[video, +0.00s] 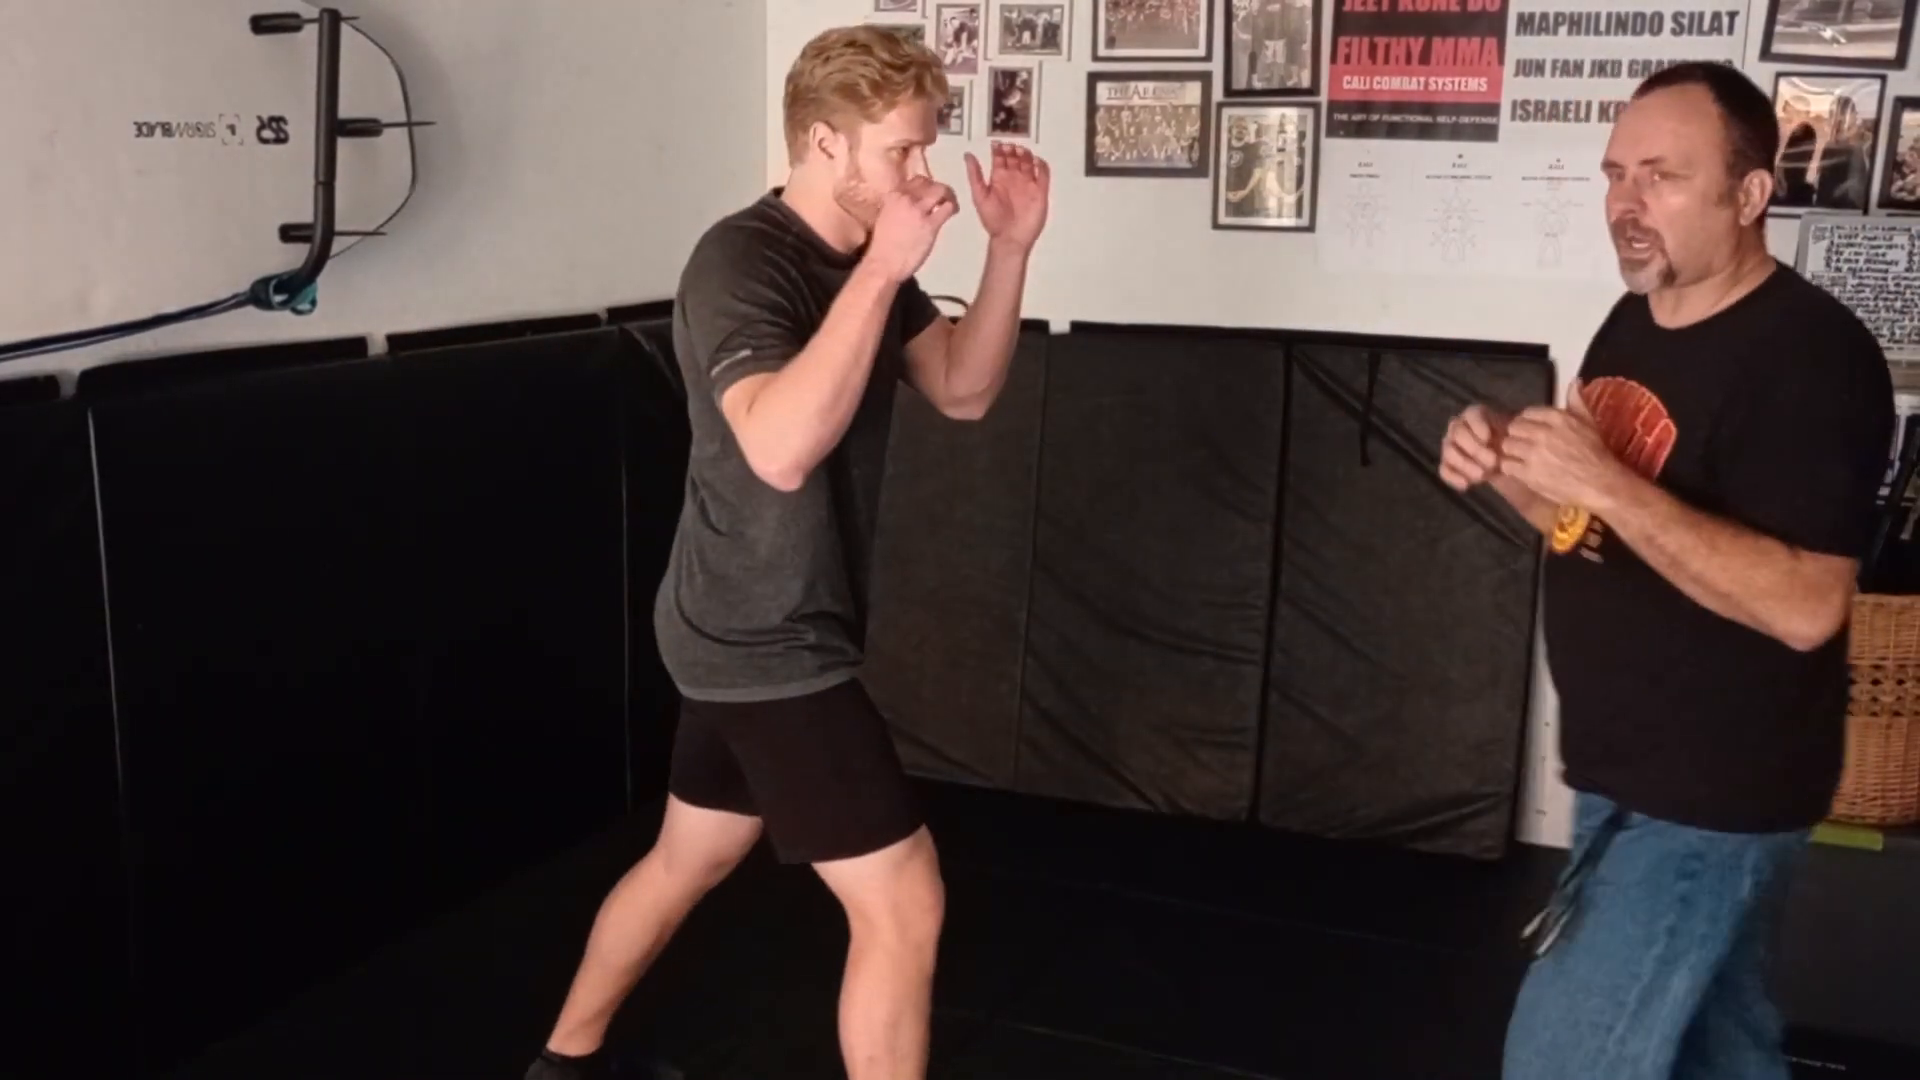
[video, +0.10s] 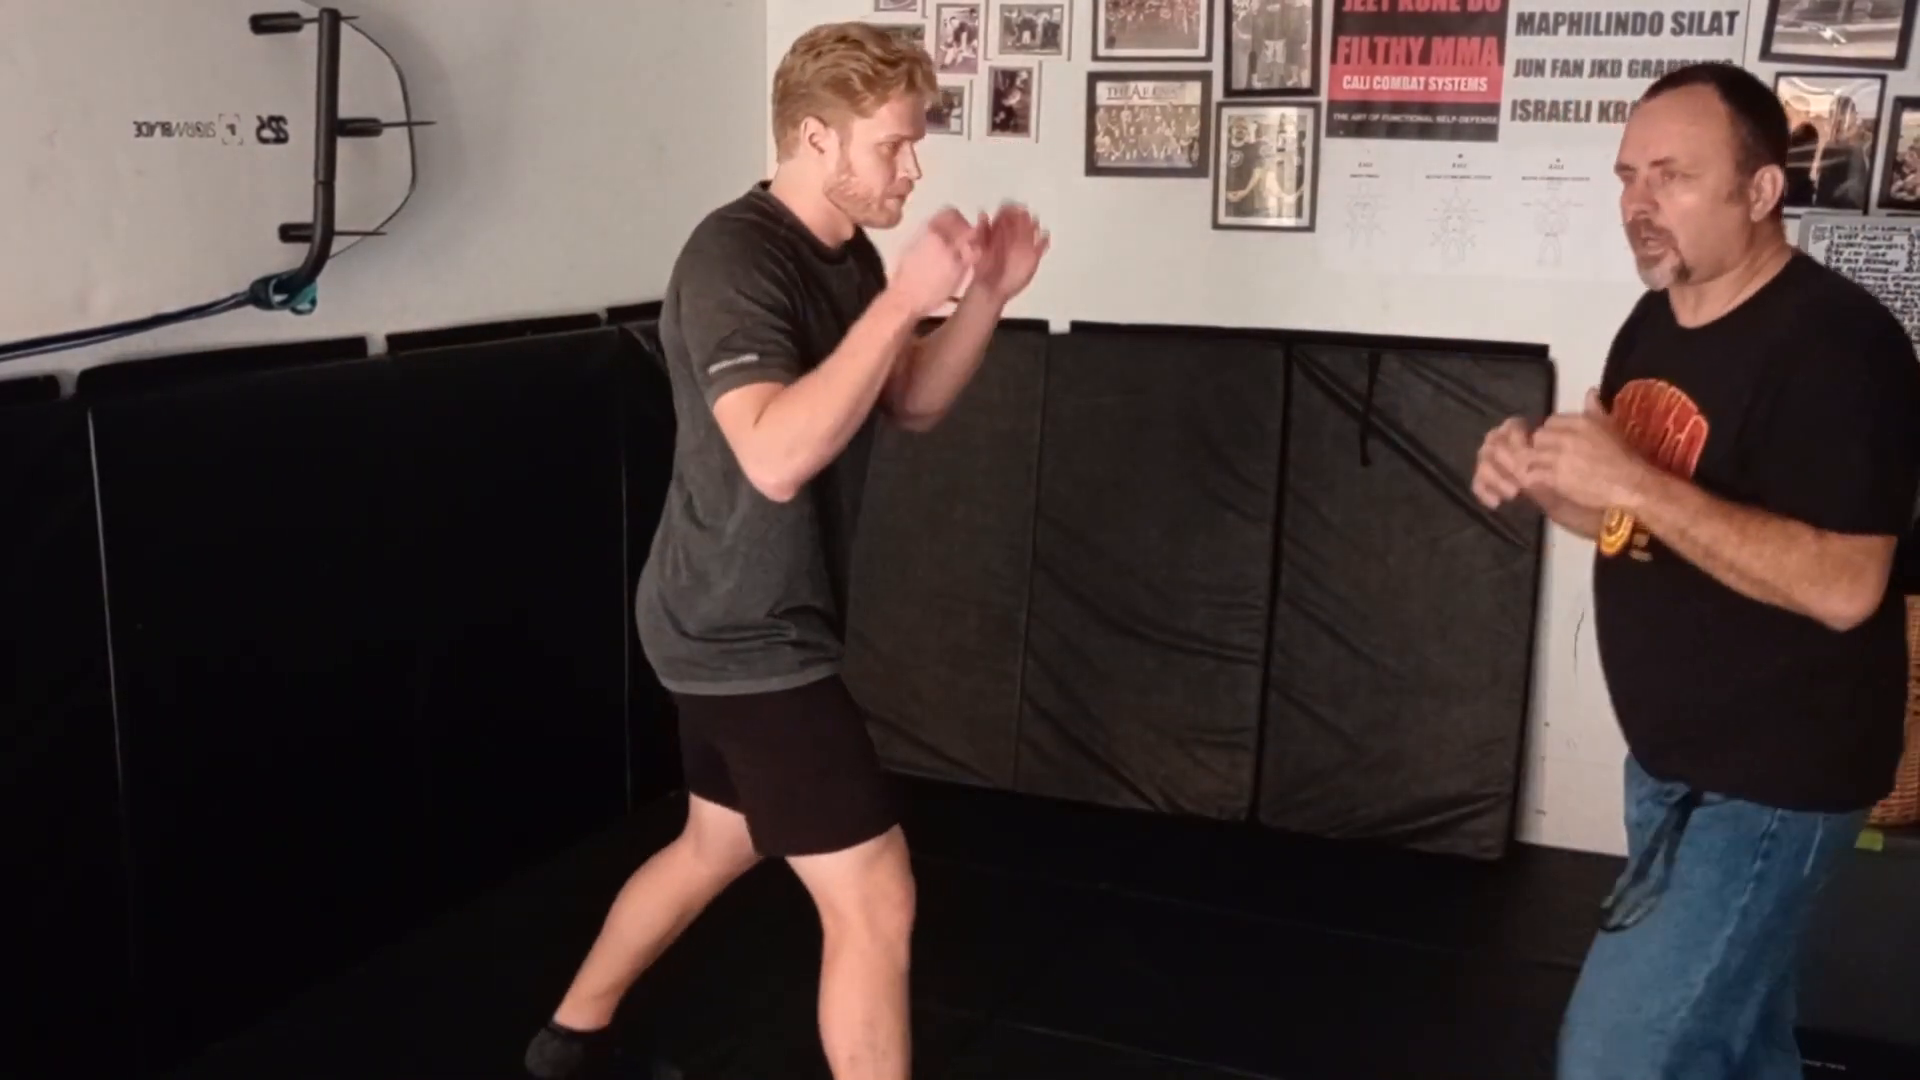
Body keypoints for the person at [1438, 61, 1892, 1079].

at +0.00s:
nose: (1623, 206)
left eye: (1660, 178)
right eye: (1616, 175)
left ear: (1751, 196)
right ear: (1605, 179)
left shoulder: (1825, 354)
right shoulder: (1631, 324)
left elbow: (1809, 605)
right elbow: (1601, 531)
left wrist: (1602, 481)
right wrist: (1508, 470)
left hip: (1717, 807)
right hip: (1614, 782)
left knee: (1561, 1057)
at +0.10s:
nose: (1636, 206)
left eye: (1671, 176)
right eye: (1629, 176)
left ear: (1763, 190)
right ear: (1619, 183)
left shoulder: (1852, 342)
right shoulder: (1655, 323)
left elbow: (1846, 586)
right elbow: (1630, 522)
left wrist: (1632, 479)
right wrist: (1540, 472)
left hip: (1783, 783)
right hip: (1664, 760)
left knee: (1614, 1050)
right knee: (1744, 1048)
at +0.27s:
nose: (1690, 190)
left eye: (1718, 162)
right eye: (1684, 161)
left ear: (1819, 170)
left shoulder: (1902, 324)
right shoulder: (1713, 301)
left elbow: (1840, 569)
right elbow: (1668, 493)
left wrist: (1676, 411)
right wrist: (1592, 417)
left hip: (1820, 803)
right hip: (1681, 771)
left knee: (1755, 1059)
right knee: (1686, 1048)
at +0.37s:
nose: (1708, 202)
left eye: (1738, 174)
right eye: (1707, 172)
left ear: (1839, 186)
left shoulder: (1907, 335)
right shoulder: (1732, 317)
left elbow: (1836, 585)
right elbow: (1678, 504)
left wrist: (1683, 415)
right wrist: (1603, 421)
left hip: (1837, 816)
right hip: (1688, 782)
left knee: (1806, 1061)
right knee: (1689, 1053)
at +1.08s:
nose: (1594, 248)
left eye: (1616, 223)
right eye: (1591, 219)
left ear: (1713, 219)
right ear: (1698, 220)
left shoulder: (1865, 346)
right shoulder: (1634, 319)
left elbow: (1852, 595)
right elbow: (1557, 484)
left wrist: (1644, 490)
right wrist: (1488, 440)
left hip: (1759, 822)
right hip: (1613, 778)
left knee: (1697, 1062)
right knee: (1580, 1049)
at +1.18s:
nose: (1590, 258)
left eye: (1611, 232)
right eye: (1587, 229)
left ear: (1711, 227)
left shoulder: (1866, 362)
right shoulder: (1628, 327)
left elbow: (1859, 611)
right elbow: (1568, 484)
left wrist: (1642, 513)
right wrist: (1448, 520)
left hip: (1733, 823)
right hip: (1569, 763)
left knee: (1628, 1058)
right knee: (1486, 1001)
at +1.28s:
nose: (1599, 282)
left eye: (1622, 257)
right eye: (1596, 251)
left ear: (1719, 256)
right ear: (1710, 258)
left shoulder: (1851, 406)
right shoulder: (1633, 342)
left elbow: (1812, 663)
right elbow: (1576, 511)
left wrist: (1614, 546)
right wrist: (1472, 582)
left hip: (1675, 842)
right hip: (1522, 751)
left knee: (1599, 1063)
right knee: (1390, 954)